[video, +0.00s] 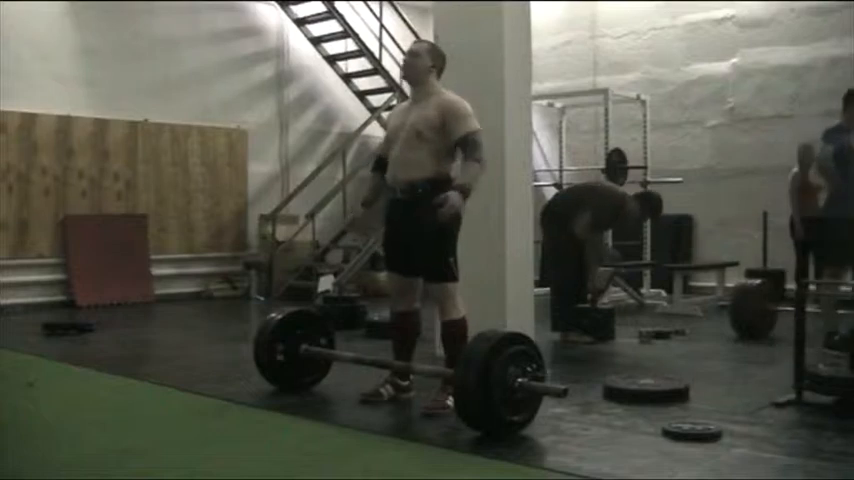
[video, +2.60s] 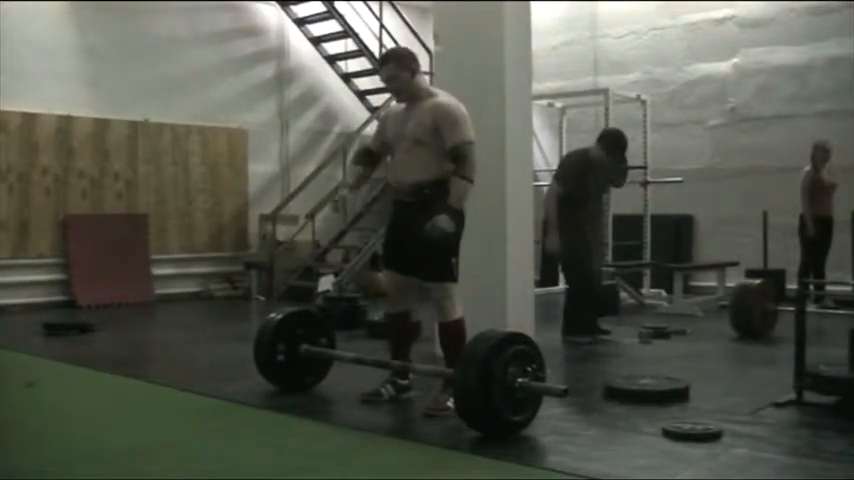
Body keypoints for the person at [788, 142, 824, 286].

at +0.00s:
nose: (810, 159)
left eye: (811, 156)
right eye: (806, 156)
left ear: (813, 157)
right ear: (800, 157)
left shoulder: (812, 174)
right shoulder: (797, 175)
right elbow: (794, 202)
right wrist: (797, 223)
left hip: (814, 217)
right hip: (801, 219)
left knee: (818, 256)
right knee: (802, 258)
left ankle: (819, 288)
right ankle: (801, 290)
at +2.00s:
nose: (821, 160)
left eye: (823, 156)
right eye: (818, 156)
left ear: (826, 158)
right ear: (812, 156)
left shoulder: (823, 175)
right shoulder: (808, 175)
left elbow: (824, 201)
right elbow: (804, 202)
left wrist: (827, 220)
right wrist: (807, 225)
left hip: (824, 220)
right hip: (810, 220)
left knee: (819, 259)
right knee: (807, 259)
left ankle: (819, 294)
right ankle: (802, 293)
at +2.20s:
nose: (823, 158)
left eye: (825, 155)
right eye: (820, 155)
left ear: (828, 157)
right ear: (813, 155)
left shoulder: (823, 175)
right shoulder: (809, 175)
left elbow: (824, 200)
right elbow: (805, 202)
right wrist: (808, 224)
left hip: (824, 220)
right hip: (811, 220)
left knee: (819, 260)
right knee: (808, 259)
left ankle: (820, 294)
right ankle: (803, 293)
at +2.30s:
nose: (824, 159)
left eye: (826, 155)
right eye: (821, 155)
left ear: (828, 157)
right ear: (814, 155)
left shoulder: (824, 175)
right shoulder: (810, 175)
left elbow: (825, 199)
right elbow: (806, 202)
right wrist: (809, 224)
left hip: (825, 220)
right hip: (812, 220)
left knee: (820, 259)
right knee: (809, 258)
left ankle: (821, 294)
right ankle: (803, 293)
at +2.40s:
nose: (824, 159)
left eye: (826, 155)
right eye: (821, 155)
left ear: (828, 157)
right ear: (814, 155)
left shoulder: (824, 175)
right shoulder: (810, 175)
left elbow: (825, 200)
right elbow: (806, 202)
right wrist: (809, 224)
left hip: (825, 220)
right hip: (812, 220)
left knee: (820, 260)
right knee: (809, 259)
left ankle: (820, 294)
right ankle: (803, 293)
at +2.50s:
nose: (824, 159)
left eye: (826, 155)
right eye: (821, 155)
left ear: (828, 157)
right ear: (814, 155)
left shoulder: (823, 175)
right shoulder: (809, 175)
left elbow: (824, 200)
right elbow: (806, 202)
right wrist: (809, 224)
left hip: (825, 220)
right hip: (811, 220)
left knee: (820, 259)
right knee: (808, 259)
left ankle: (820, 293)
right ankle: (803, 293)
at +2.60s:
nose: (824, 159)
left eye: (826, 155)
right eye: (821, 155)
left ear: (828, 157)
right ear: (814, 155)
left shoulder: (824, 175)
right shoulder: (809, 175)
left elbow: (824, 199)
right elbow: (805, 201)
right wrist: (809, 224)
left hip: (824, 220)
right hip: (811, 220)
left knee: (820, 259)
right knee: (808, 258)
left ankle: (820, 294)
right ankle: (802, 293)